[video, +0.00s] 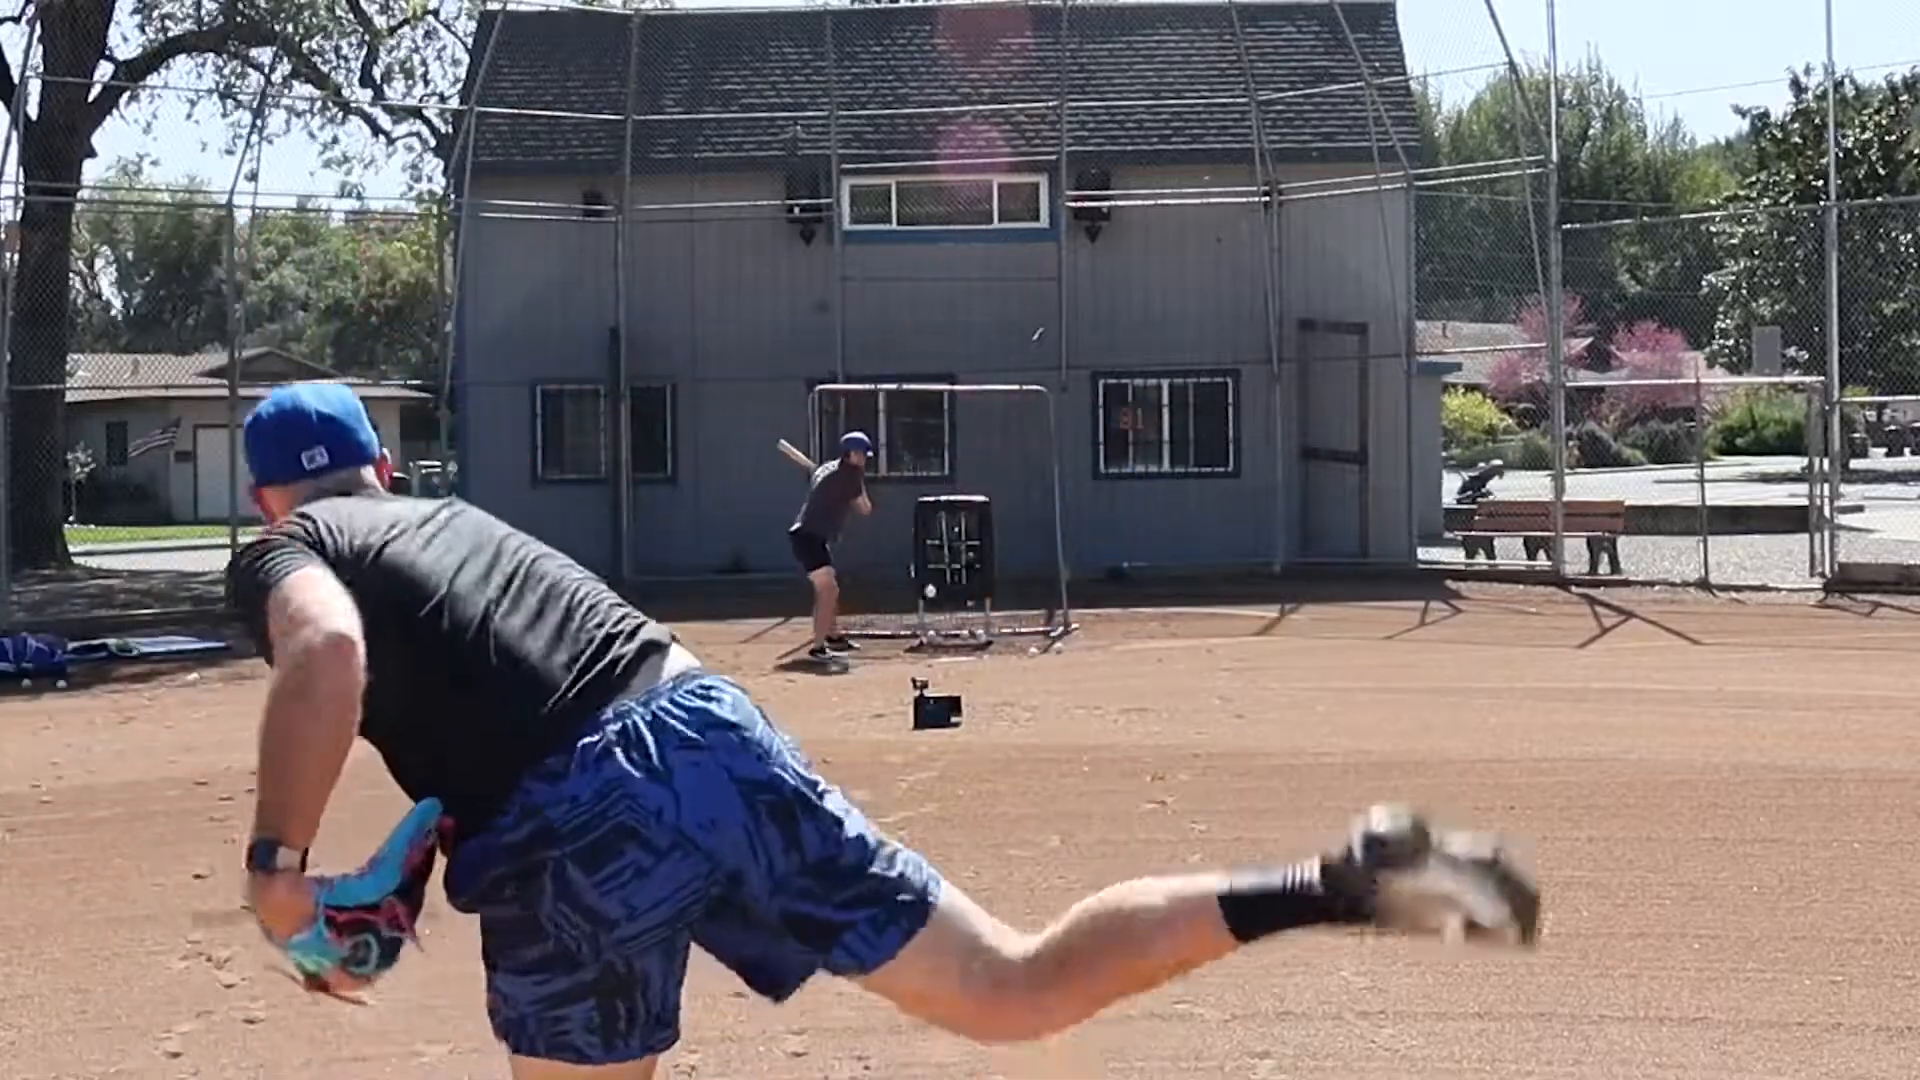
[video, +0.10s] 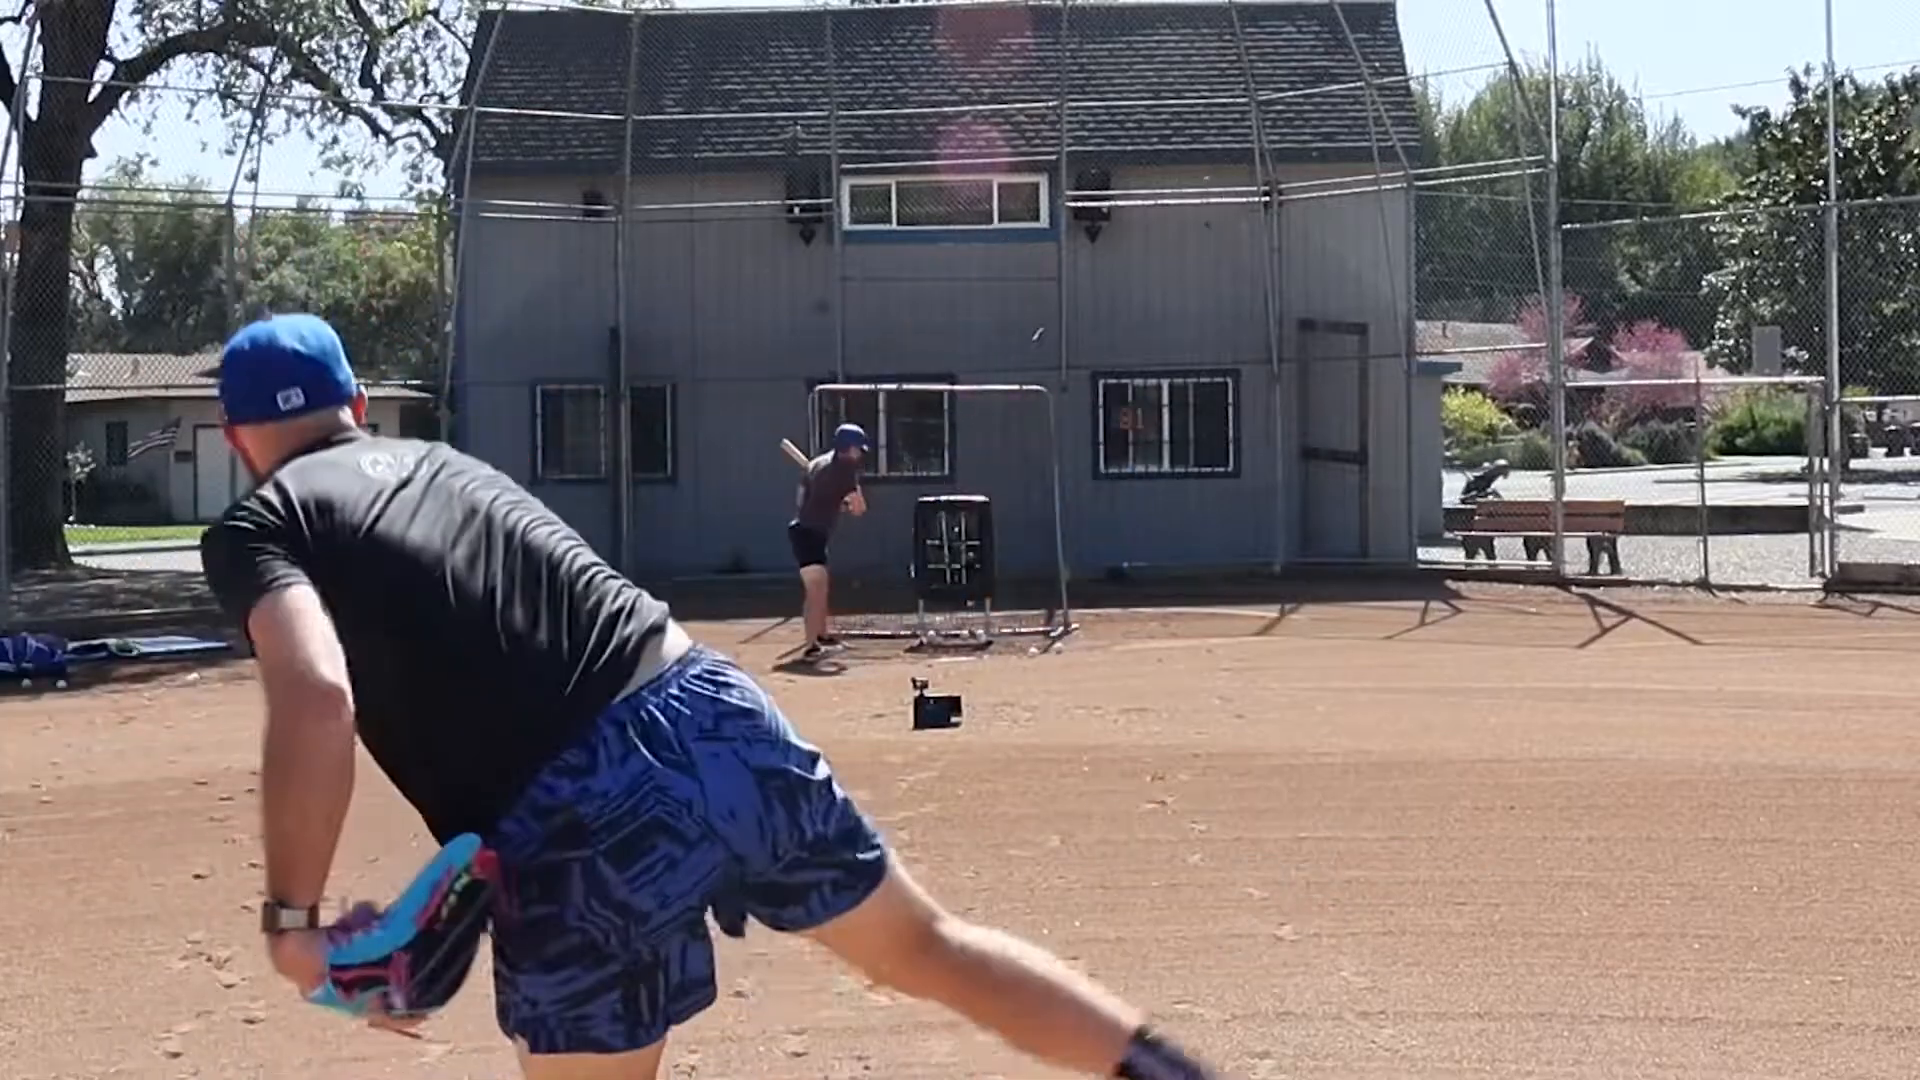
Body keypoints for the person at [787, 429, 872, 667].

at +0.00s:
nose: (864, 459)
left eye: (865, 454)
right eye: (861, 454)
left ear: (848, 455)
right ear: (850, 454)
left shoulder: (828, 467)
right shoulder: (849, 474)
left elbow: (814, 471)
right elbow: (864, 508)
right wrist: (858, 481)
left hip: (808, 534)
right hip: (810, 536)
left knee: (830, 589)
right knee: (827, 589)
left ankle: (832, 633)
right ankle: (818, 645)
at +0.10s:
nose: (860, 454)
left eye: (861, 449)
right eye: (858, 449)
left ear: (842, 449)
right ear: (847, 449)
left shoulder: (820, 464)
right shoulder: (842, 468)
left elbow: (821, 498)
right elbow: (858, 506)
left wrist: (848, 506)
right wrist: (854, 502)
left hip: (811, 528)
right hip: (809, 530)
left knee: (819, 582)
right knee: (816, 583)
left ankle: (821, 633)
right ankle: (811, 642)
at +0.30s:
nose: (838, 452)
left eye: (839, 447)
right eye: (836, 447)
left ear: (820, 444)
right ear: (828, 446)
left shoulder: (801, 466)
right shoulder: (823, 470)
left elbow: (793, 503)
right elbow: (832, 506)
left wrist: (802, 522)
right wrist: (845, 534)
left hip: (804, 530)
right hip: (815, 532)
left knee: (817, 586)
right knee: (817, 588)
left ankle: (819, 633)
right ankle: (811, 643)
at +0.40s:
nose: (832, 452)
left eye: (832, 447)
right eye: (830, 447)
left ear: (813, 444)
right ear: (823, 445)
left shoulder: (797, 467)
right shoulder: (819, 469)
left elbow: (793, 505)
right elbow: (822, 509)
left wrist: (802, 525)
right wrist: (837, 535)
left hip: (803, 531)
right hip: (815, 533)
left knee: (817, 587)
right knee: (817, 589)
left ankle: (819, 634)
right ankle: (812, 642)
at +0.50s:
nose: (828, 451)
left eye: (829, 446)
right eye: (826, 446)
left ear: (808, 443)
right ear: (817, 444)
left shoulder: (796, 466)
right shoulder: (814, 471)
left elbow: (793, 507)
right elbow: (819, 512)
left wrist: (804, 527)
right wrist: (834, 543)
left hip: (804, 533)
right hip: (814, 534)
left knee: (817, 588)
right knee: (817, 590)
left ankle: (819, 634)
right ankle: (812, 643)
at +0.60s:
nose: (853, 444)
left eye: (856, 440)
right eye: (848, 441)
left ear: (859, 440)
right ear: (839, 442)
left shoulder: (868, 455)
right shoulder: (833, 462)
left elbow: (875, 478)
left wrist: (854, 459)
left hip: (855, 527)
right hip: (834, 527)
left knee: (860, 577)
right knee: (865, 575)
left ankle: (845, 626)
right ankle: (838, 622)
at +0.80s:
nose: (860, 447)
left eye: (861, 442)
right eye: (855, 443)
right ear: (845, 445)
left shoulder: (831, 465)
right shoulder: (850, 469)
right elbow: (875, 488)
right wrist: (876, 469)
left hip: (815, 534)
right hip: (832, 533)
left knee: (855, 580)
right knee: (875, 566)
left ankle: (845, 632)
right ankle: (846, 611)